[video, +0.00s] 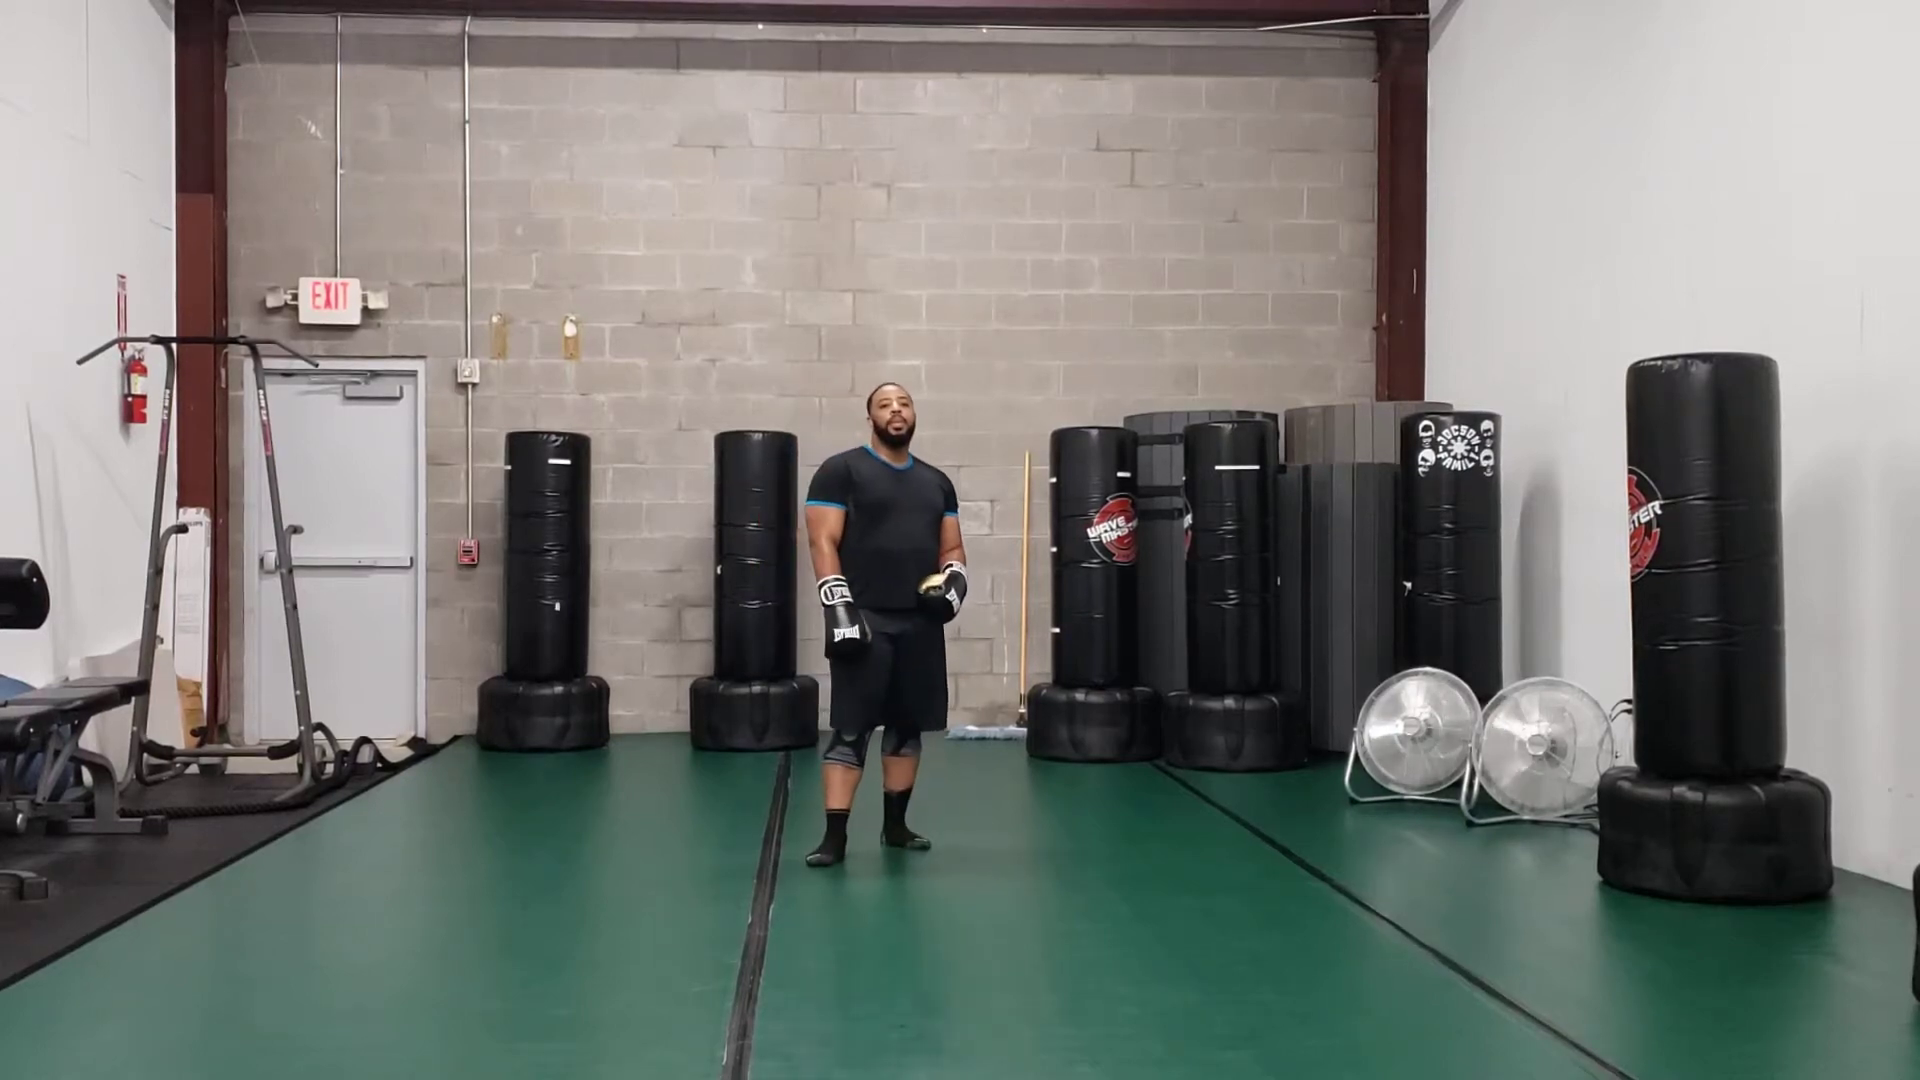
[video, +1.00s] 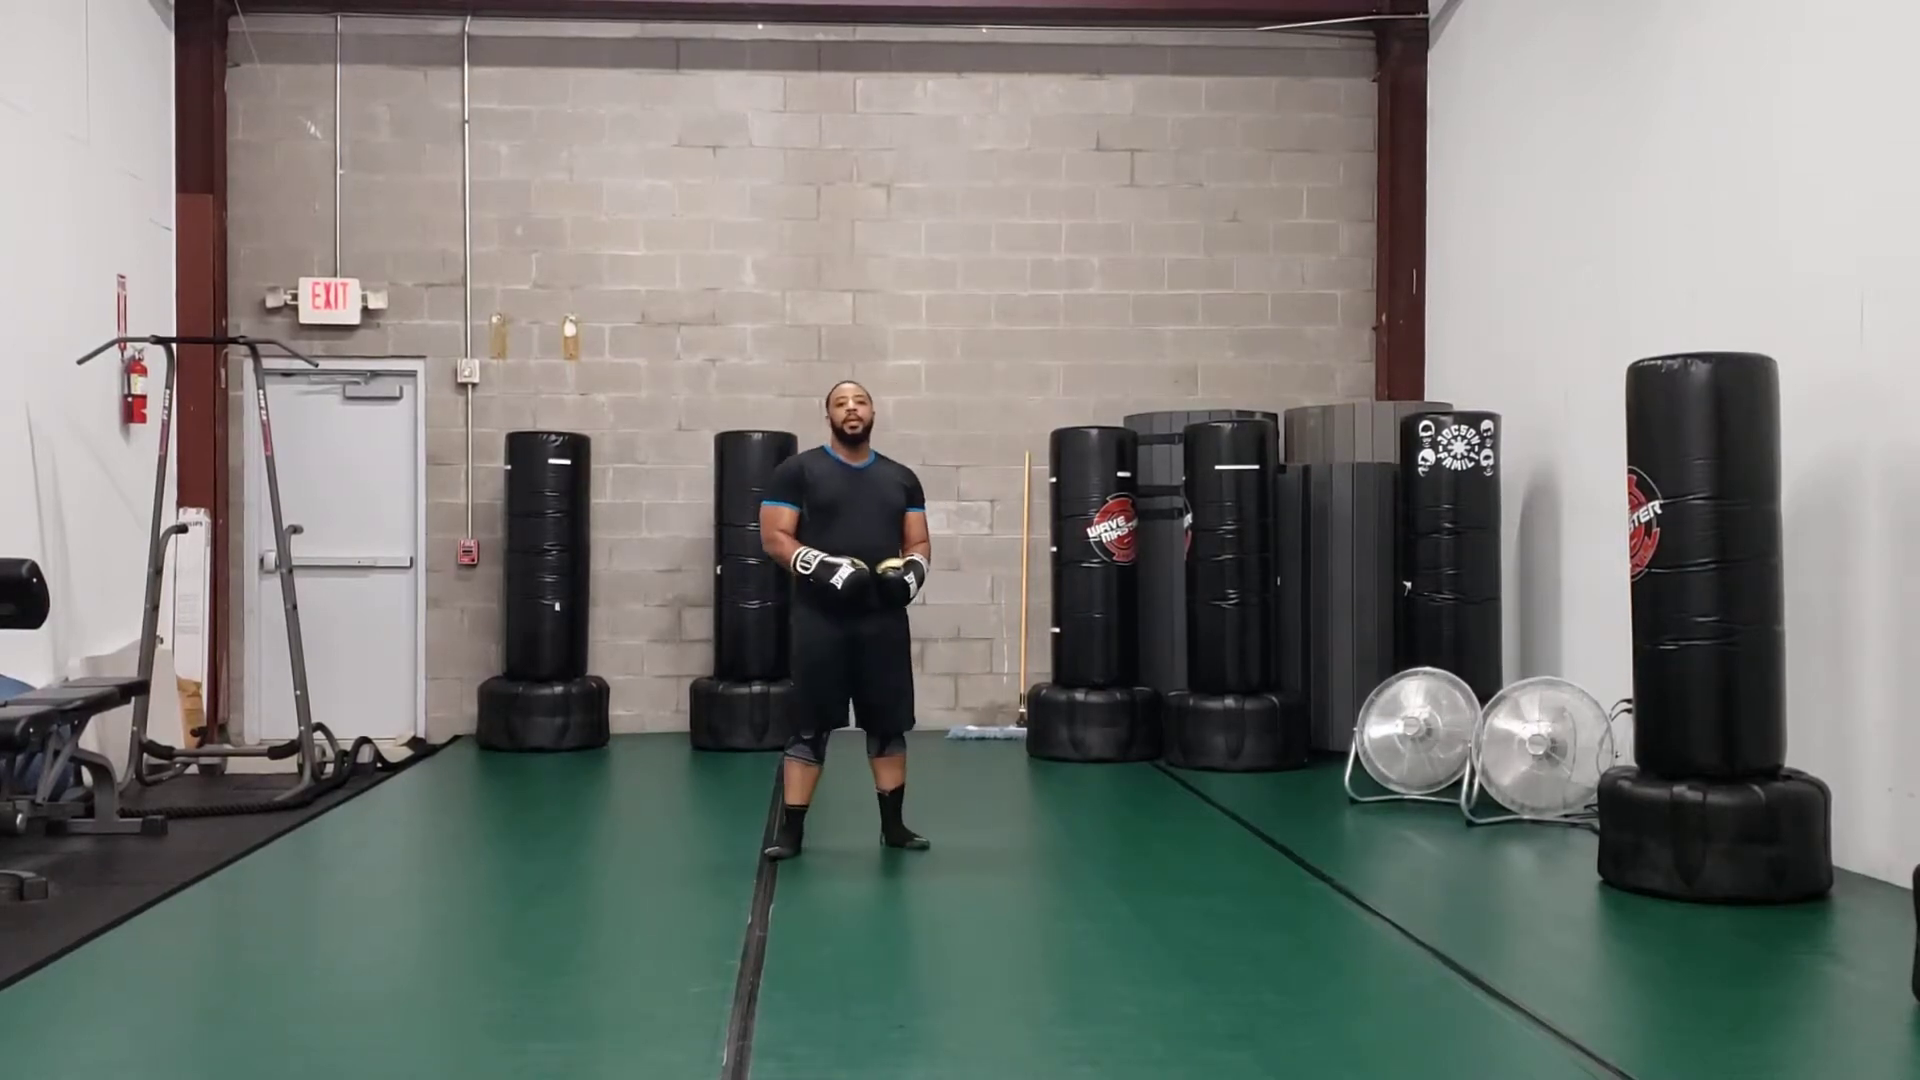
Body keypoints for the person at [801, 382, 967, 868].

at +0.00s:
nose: (896, 409)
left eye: (903, 403)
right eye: (885, 404)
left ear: (915, 417)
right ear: (870, 419)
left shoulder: (937, 482)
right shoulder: (841, 471)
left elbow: (951, 548)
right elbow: (822, 542)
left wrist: (952, 580)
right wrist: (838, 607)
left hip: (919, 621)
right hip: (861, 620)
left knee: (906, 727)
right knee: (850, 729)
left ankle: (895, 826)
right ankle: (833, 838)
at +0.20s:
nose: (903, 412)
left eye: (911, 405)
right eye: (893, 407)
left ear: (922, 420)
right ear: (878, 421)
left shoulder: (943, 485)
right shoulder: (847, 470)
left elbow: (955, 550)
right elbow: (826, 537)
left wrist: (954, 582)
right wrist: (842, 599)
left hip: (922, 620)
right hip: (864, 616)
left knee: (908, 726)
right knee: (853, 726)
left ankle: (896, 826)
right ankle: (834, 836)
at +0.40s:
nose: (905, 412)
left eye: (913, 406)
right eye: (894, 407)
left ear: (924, 420)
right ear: (880, 421)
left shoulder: (944, 487)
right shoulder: (847, 469)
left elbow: (956, 552)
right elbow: (821, 535)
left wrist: (954, 582)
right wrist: (837, 594)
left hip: (920, 620)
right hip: (862, 616)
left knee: (908, 725)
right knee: (850, 724)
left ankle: (896, 826)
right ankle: (832, 836)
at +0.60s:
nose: (897, 412)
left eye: (905, 406)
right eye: (887, 406)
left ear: (917, 419)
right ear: (873, 420)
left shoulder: (939, 486)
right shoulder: (839, 470)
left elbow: (953, 550)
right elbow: (812, 535)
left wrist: (947, 580)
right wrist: (838, 585)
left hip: (913, 624)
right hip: (852, 621)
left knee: (907, 726)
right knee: (835, 723)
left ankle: (895, 826)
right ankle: (810, 829)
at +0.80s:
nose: (878, 412)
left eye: (885, 405)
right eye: (867, 406)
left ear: (898, 416)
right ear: (854, 419)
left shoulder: (924, 482)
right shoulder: (823, 472)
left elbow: (943, 544)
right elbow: (799, 538)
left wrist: (934, 574)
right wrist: (841, 575)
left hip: (902, 622)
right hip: (841, 621)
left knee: (898, 726)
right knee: (820, 725)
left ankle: (895, 828)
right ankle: (792, 832)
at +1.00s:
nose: (852, 410)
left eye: (860, 402)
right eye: (842, 404)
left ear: (873, 415)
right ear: (828, 417)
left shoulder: (901, 479)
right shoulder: (799, 471)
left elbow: (917, 543)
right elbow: (774, 536)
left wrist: (912, 572)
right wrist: (820, 566)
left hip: (882, 621)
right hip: (820, 620)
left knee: (888, 724)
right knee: (809, 724)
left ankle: (894, 826)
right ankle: (790, 832)